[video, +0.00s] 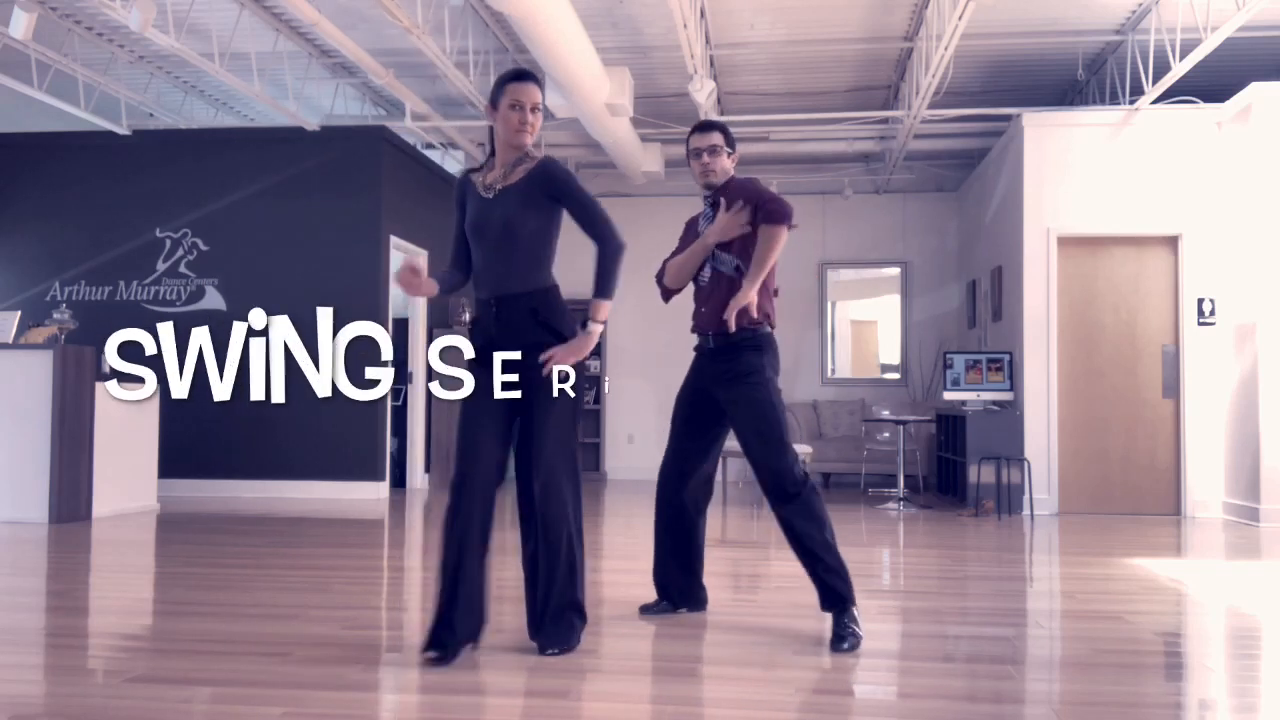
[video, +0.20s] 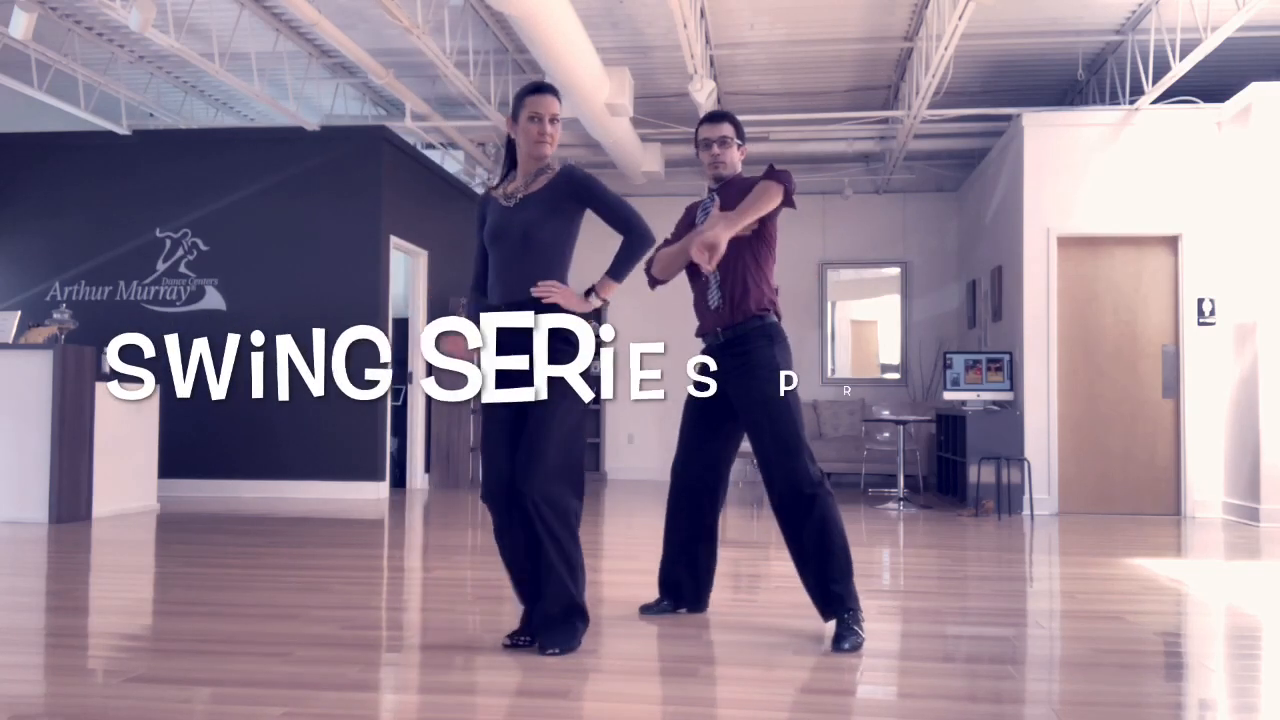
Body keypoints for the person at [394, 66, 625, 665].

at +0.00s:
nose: (528, 118)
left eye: (536, 110)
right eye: (517, 108)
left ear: (543, 119)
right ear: (492, 114)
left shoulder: (550, 174)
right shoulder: (470, 184)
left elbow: (610, 241)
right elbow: (459, 270)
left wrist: (590, 332)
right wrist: (432, 284)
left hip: (547, 333)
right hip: (487, 335)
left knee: (546, 481)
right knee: (473, 482)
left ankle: (558, 625)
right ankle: (455, 628)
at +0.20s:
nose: (545, 129)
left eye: (554, 120)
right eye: (534, 119)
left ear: (562, 130)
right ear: (511, 127)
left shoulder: (570, 182)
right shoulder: (492, 199)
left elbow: (638, 233)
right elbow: (479, 278)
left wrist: (595, 297)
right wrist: (465, 330)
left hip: (557, 347)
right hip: (502, 350)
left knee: (544, 480)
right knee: (500, 485)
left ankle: (566, 617)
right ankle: (538, 611)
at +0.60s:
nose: (571, 154)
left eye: (579, 146)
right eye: (560, 145)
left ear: (587, 154)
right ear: (539, 153)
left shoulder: (588, 203)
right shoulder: (518, 222)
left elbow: (630, 265)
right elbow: (502, 302)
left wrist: (588, 329)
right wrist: (494, 373)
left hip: (561, 367)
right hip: (520, 367)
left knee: (478, 460)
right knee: (501, 480)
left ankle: (533, 605)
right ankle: (552, 604)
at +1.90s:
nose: (580, 165)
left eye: (588, 156)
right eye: (570, 154)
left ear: (594, 165)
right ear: (544, 158)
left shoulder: (592, 215)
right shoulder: (517, 228)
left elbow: (625, 272)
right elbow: (500, 312)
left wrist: (584, 328)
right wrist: (491, 388)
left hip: (558, 371)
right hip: (515, 371)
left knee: (475, 451)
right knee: (495, 485)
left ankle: (503, 605)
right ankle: (546, 608)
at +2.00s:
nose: (578, 163)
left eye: (586, 155)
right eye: (568, 153)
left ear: (593, 164)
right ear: (543, 158)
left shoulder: (591, 214)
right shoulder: (517, 227)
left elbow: (623, 271)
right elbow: (500, 311)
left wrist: (584, 326)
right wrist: (490, 387)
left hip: (558, 371)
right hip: (515, 371)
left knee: (476, 451)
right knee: (496, 485)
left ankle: (503, 605)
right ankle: (546, 608)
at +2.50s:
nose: (575, 161)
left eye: (583, 152)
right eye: (564, 151)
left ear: (591, 160)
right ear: (541, 156)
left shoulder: (589, 209)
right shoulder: (517, 225)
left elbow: (622, 267)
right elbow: (500, 310)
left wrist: (583, 326)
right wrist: (492, 386)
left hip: (559, 369)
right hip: (516, 368)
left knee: (476, 451)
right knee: (499, 482)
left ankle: (505, 605)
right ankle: (546, 608)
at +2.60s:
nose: (576, 160)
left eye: (584, 151)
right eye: (565, 150)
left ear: (591, 159)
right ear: (541, 155)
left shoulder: (589, 208)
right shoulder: (517, 224)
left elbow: (622, 266)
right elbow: (501, 309)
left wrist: (584, 326)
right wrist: (492, 385)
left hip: (559, 367)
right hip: (517, 367)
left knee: (477, 451)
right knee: (498, 481)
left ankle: (505, 605)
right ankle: (546, 608)